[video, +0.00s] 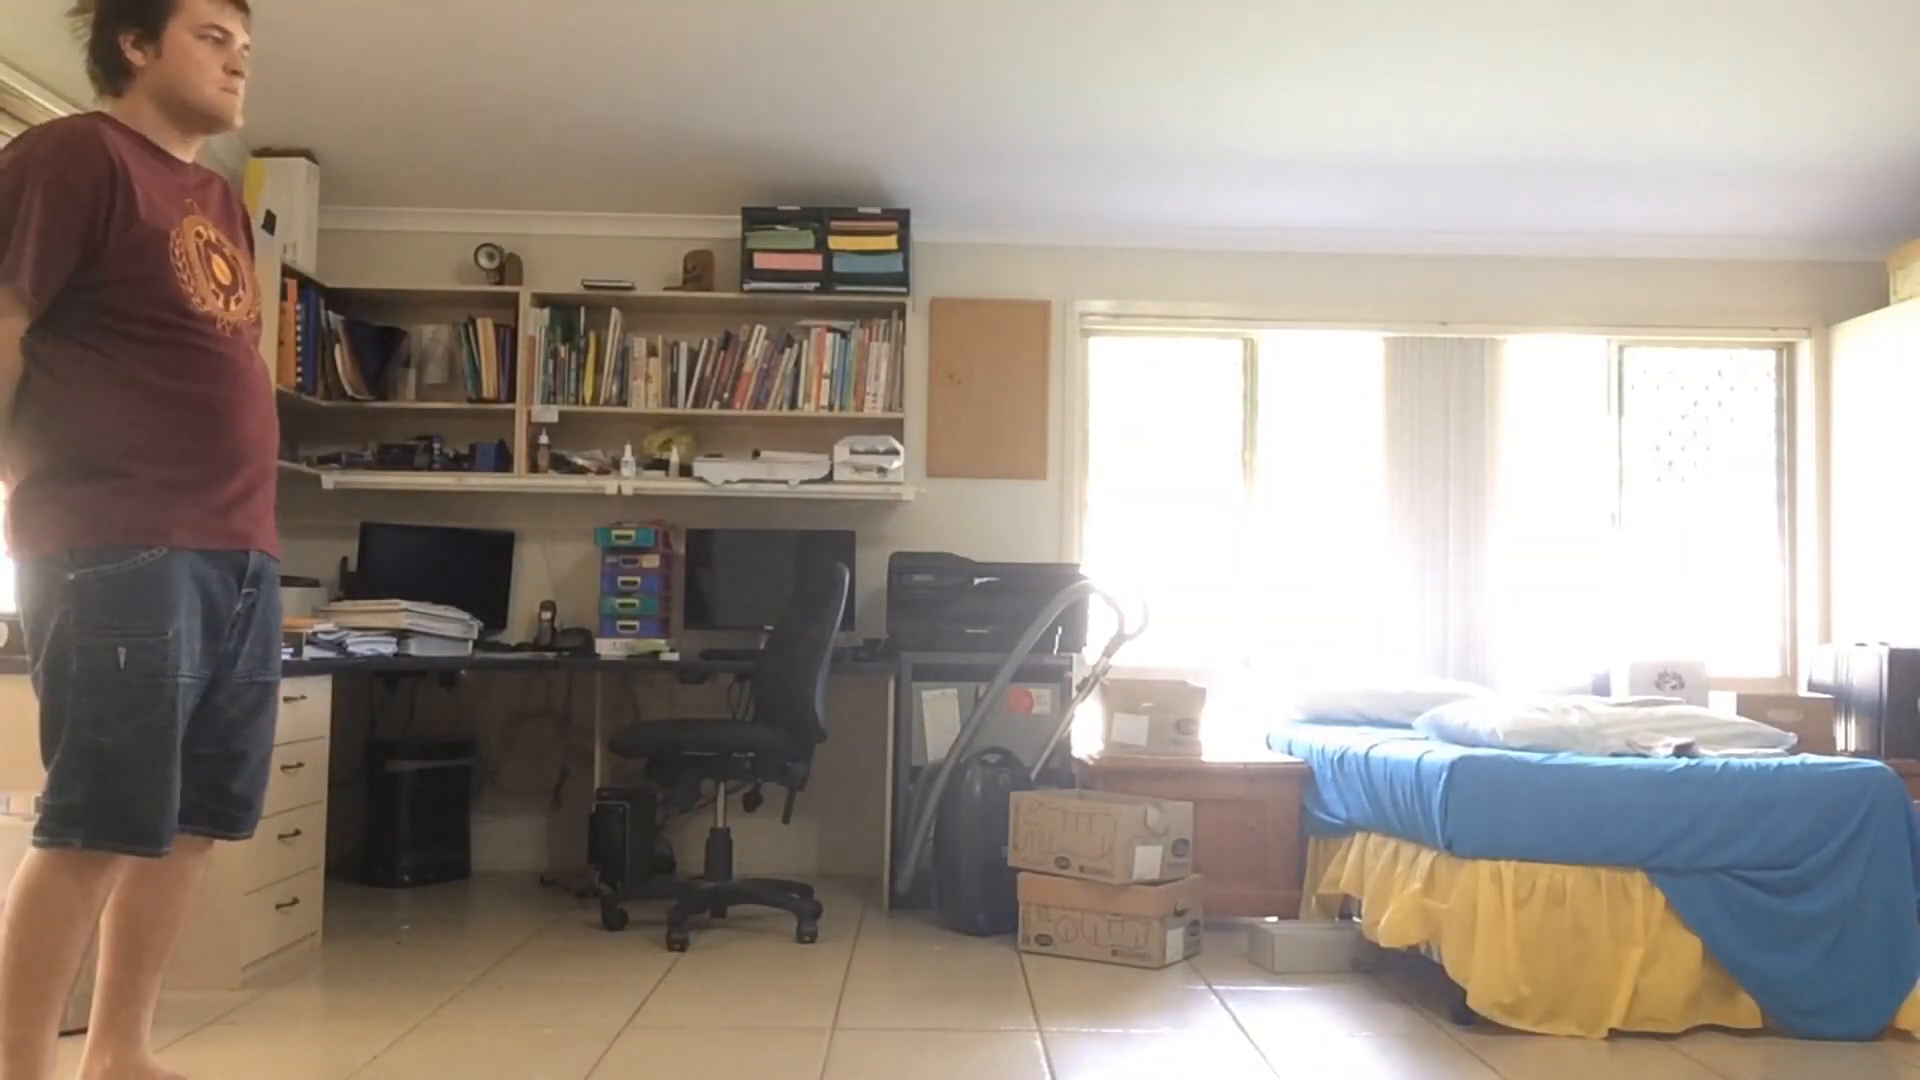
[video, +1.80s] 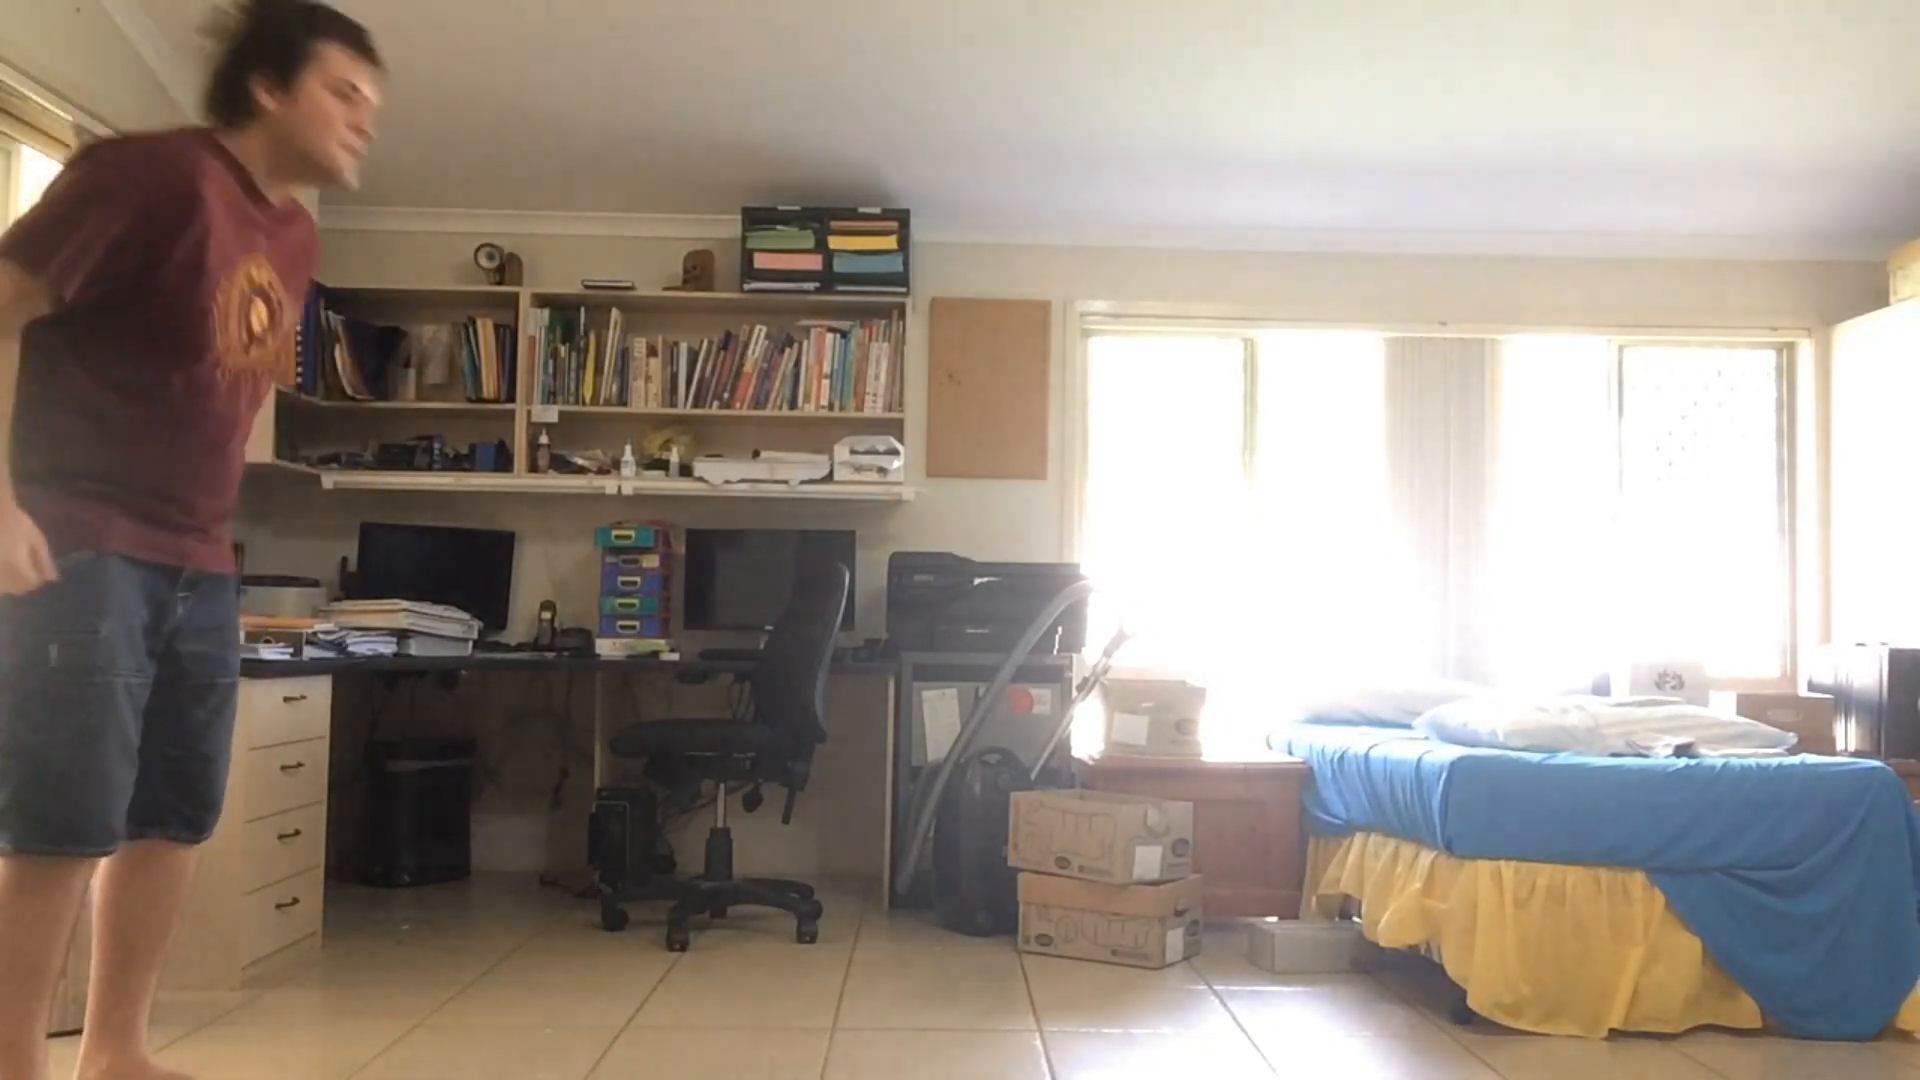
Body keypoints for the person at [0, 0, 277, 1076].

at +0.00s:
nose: (240, 52)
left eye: (244, 36)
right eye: (214, 32)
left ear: (236, 60)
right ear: (136, 47)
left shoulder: (224, 194)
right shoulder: (64, 156)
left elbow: (219, 363)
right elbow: (5, 330)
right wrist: (23, 496)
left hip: (237, 546)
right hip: (108, 544)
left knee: (190, 821)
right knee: (97, 824)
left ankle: (118, 1058)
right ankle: (23, 1065)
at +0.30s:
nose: (384, 157)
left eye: (390, 139)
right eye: (366, 127)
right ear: (284, 115)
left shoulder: (304, 253)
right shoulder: (143, 192)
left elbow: (248, 388)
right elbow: (3, 312)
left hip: (201, 548)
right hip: (71, 540)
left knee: (171, 818)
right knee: (65, 824)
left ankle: (119, 1053)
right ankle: (18, 1062)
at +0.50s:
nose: (452, 321)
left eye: (463, 305)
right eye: (444, 290)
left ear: (382, 277)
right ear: (371, 261)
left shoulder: (356, 358)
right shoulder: (212, 290)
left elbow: (234, 437)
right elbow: (15, 297)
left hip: (174, 560)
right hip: (45, 543)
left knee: (186, 803)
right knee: (79, 808)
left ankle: (118, 1055)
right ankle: (21, 1064)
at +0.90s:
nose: (417, 176)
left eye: (424, 158)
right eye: (399, 147)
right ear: (320, 138)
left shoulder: (336, 268)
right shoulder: (197, 211)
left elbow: (267, 422)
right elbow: (43, 366)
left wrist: (296, 538)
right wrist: (96, 554)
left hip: (207, 569)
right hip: (88, 553)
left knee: (183, 824)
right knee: (86, 828)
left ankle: (117, 1056)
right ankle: (24, 1061)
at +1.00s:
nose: (378, 124)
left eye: (383, 108)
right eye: (360, 96)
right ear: (282, 89)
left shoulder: (311, 231)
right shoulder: (174, 174)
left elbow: (274, 386)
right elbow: (63, 340)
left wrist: (360, 478)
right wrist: (216, 477)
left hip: (213, 551)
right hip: (91, 542)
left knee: (176, 824)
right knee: (74, 829)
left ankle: (116, 1058)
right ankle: (25, 1062)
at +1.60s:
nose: (278, 61)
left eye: (282, 44)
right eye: (256, 34)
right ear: (178, 42)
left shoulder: (250, 204)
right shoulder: (90, 147)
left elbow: (227, 373)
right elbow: (11, 325)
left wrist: (240, 518)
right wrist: (89, 509)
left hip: (222, 555)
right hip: (102, 546)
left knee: (172, 818)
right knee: (67, 824)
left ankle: (116, 1054)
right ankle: (19, 1060)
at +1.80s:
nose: (366, 123)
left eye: (372, 107)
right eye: (347, 93)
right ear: (268, 85)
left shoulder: (296, 235)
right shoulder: (145, 171)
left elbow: (232, 390)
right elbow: (5, 303)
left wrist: (204, 525)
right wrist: (1, 498)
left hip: (201, 558)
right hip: (74, 543)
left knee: (168, 818)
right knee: (58, 825)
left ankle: (117, 1052)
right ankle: (18, 1063)